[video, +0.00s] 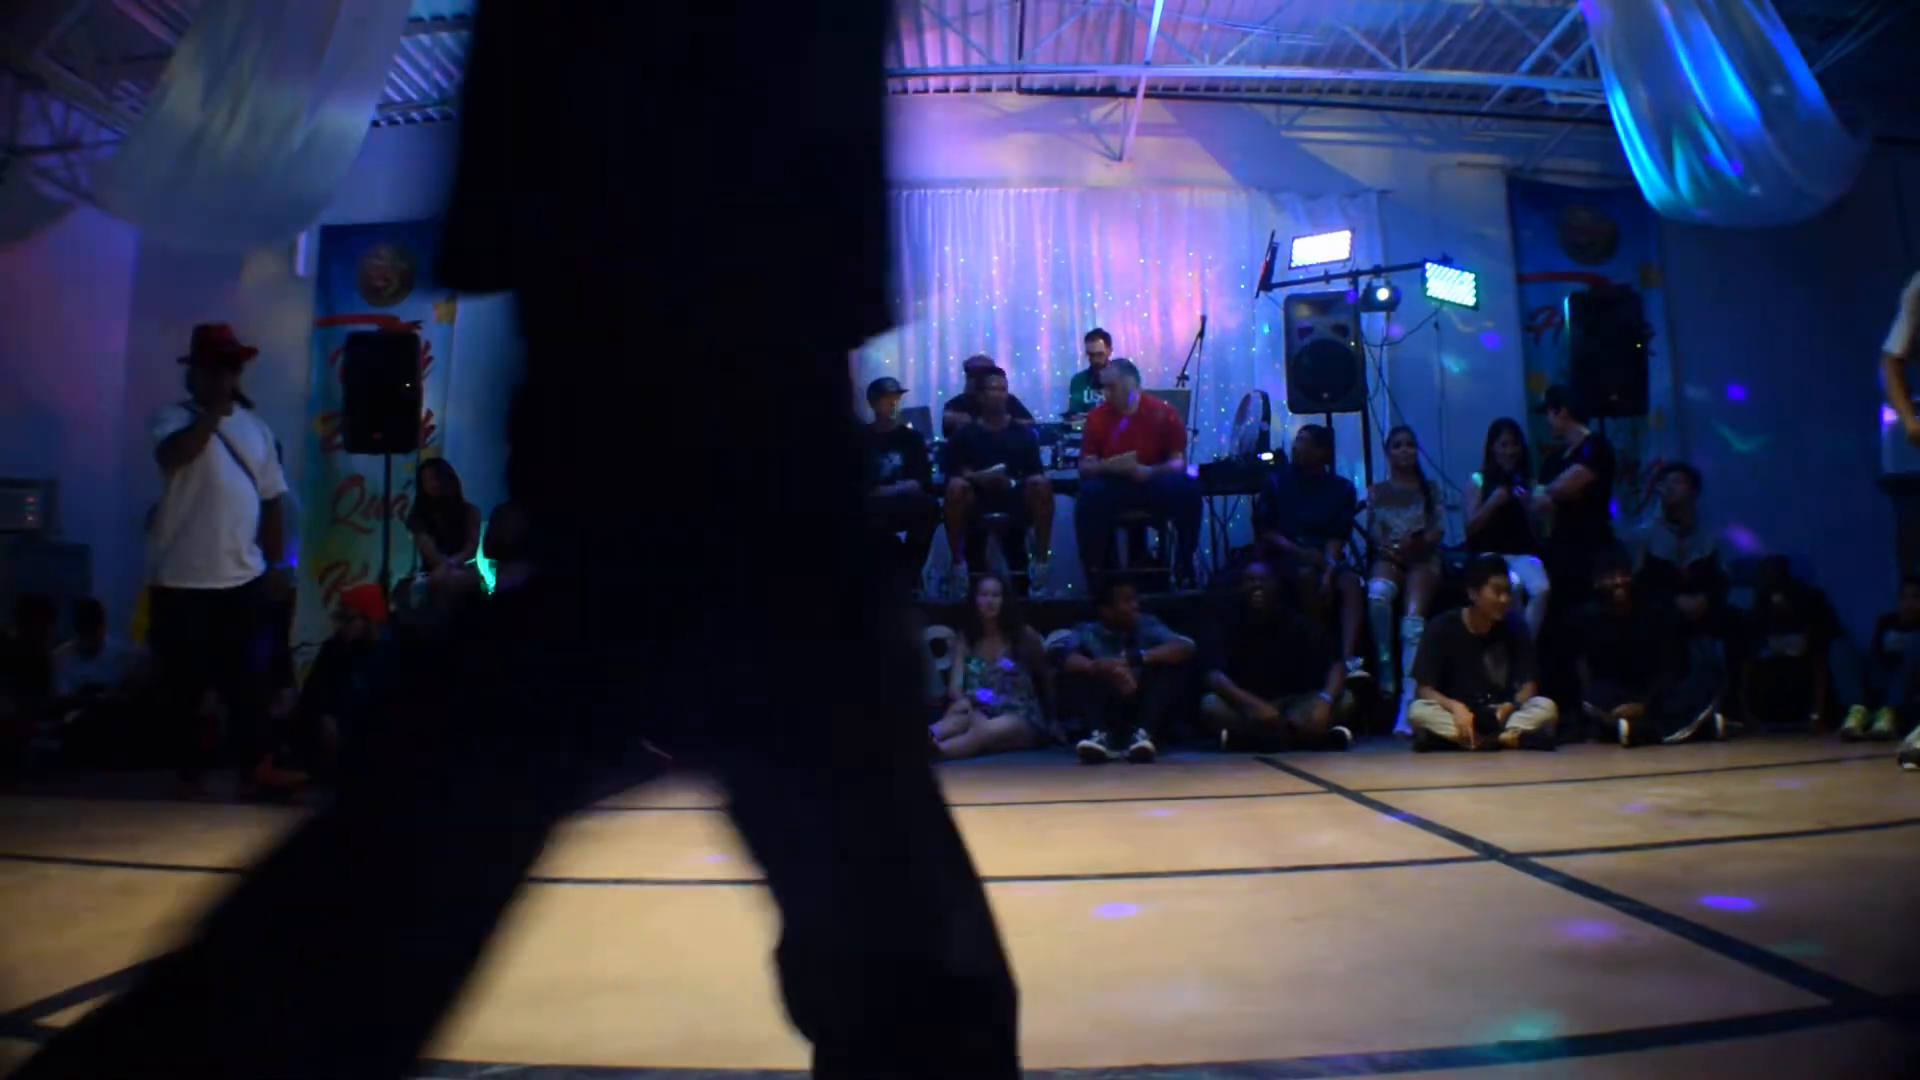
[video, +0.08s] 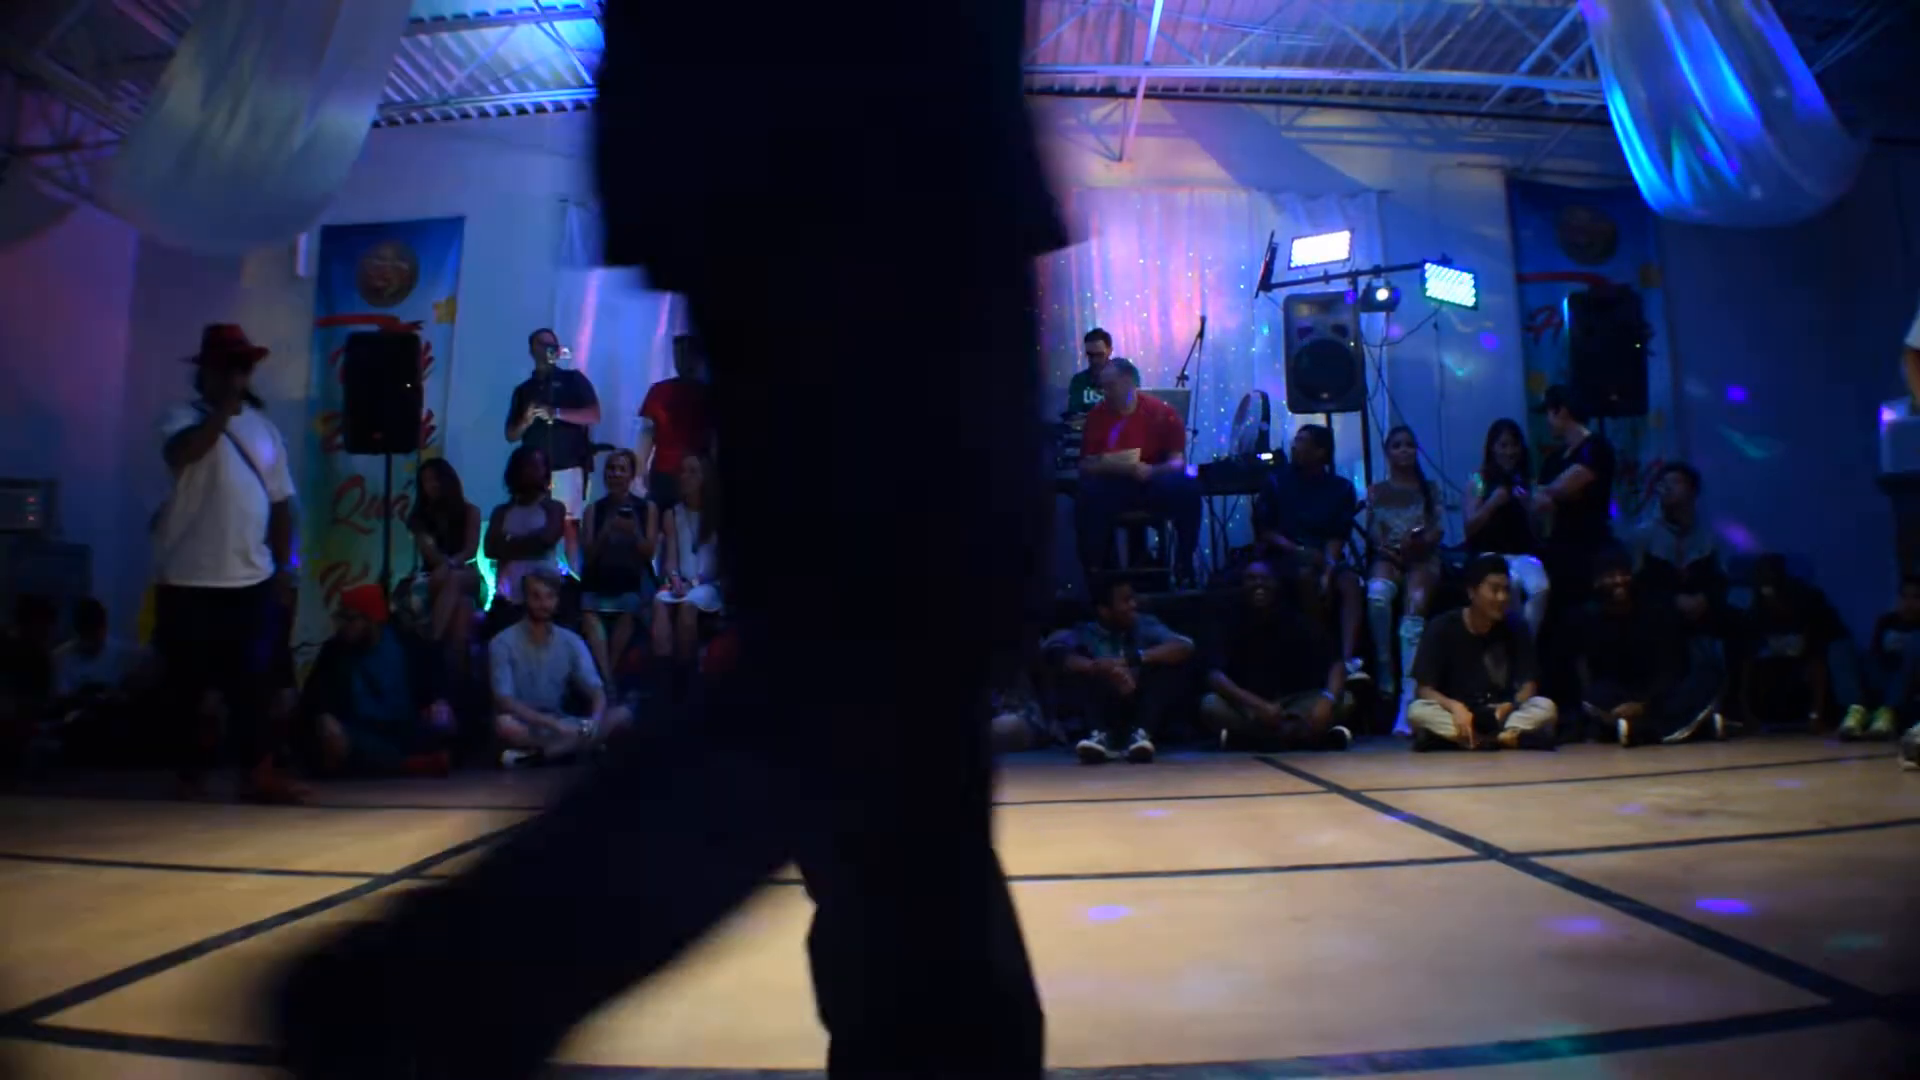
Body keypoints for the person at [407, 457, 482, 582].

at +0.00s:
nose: (433, 485)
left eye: (437, 479)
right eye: (427, 480)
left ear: (448, 480)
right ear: (421, 485)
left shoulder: (469, 511)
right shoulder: (420, 514)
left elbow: (471, 548)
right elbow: (427, 548)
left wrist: (454, 561)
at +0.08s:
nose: (431, 486)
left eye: (435, 480)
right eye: (425, 482)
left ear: (447, 482)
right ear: (421, 486)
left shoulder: (469, 512)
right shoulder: (420, 515)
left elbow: (471, 548)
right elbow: (427, 548)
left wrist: (450, 563)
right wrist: (445, 563)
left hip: (466, 571)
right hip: (435, 575)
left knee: (452, 578)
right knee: (462, 604)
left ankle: (434, 639)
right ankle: (457, 669)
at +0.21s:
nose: (431, 486)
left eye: (435, 480)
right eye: (425, 481)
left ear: (447, 481)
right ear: (421, 486)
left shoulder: (469, 512)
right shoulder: (419, 516)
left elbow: (470, 548)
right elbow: (427, 549)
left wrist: (450, 562)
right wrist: (447, 563)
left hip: (466, 571)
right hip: (434, 575)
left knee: (453, 578)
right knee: (463, 602)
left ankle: (433, 639)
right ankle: (457, 668)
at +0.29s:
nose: (427, 488)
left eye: (431, 482)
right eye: (423, 483)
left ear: (444, 482)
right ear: (420, 486)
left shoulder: (469, 511)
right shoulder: (420, 514)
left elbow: (470, 547)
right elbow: (427, 549)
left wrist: (448, 565)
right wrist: (450, 564)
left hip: (466, 570)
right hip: (435, 573)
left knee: (452, 578)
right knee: (464, 602)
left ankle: (434, 638)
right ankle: (457, 661)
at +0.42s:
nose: (427, 489)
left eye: (431, 482)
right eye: (423, 483)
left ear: (444, 482)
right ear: (420, 486)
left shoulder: (469, 512)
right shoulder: (421, 514)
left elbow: (470, 547)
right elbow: (427, 551)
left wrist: (448, 564)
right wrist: (450, 563)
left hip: (466, 571)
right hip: (433, 574)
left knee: (453, 578)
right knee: (464, 602)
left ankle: (434, 635)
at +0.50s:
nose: (426, 489)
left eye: (430, 482)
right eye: (422, 483)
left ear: (443, 482)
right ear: (419, 486)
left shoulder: (469, 512)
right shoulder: (420, 515)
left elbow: (470, 547)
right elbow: (425, 550)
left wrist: (450, 564)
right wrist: (447, 562)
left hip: (465, 570)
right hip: (433, 573)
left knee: (453, 576)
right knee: (463, 601)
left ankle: (433, 636)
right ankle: (454, 659)